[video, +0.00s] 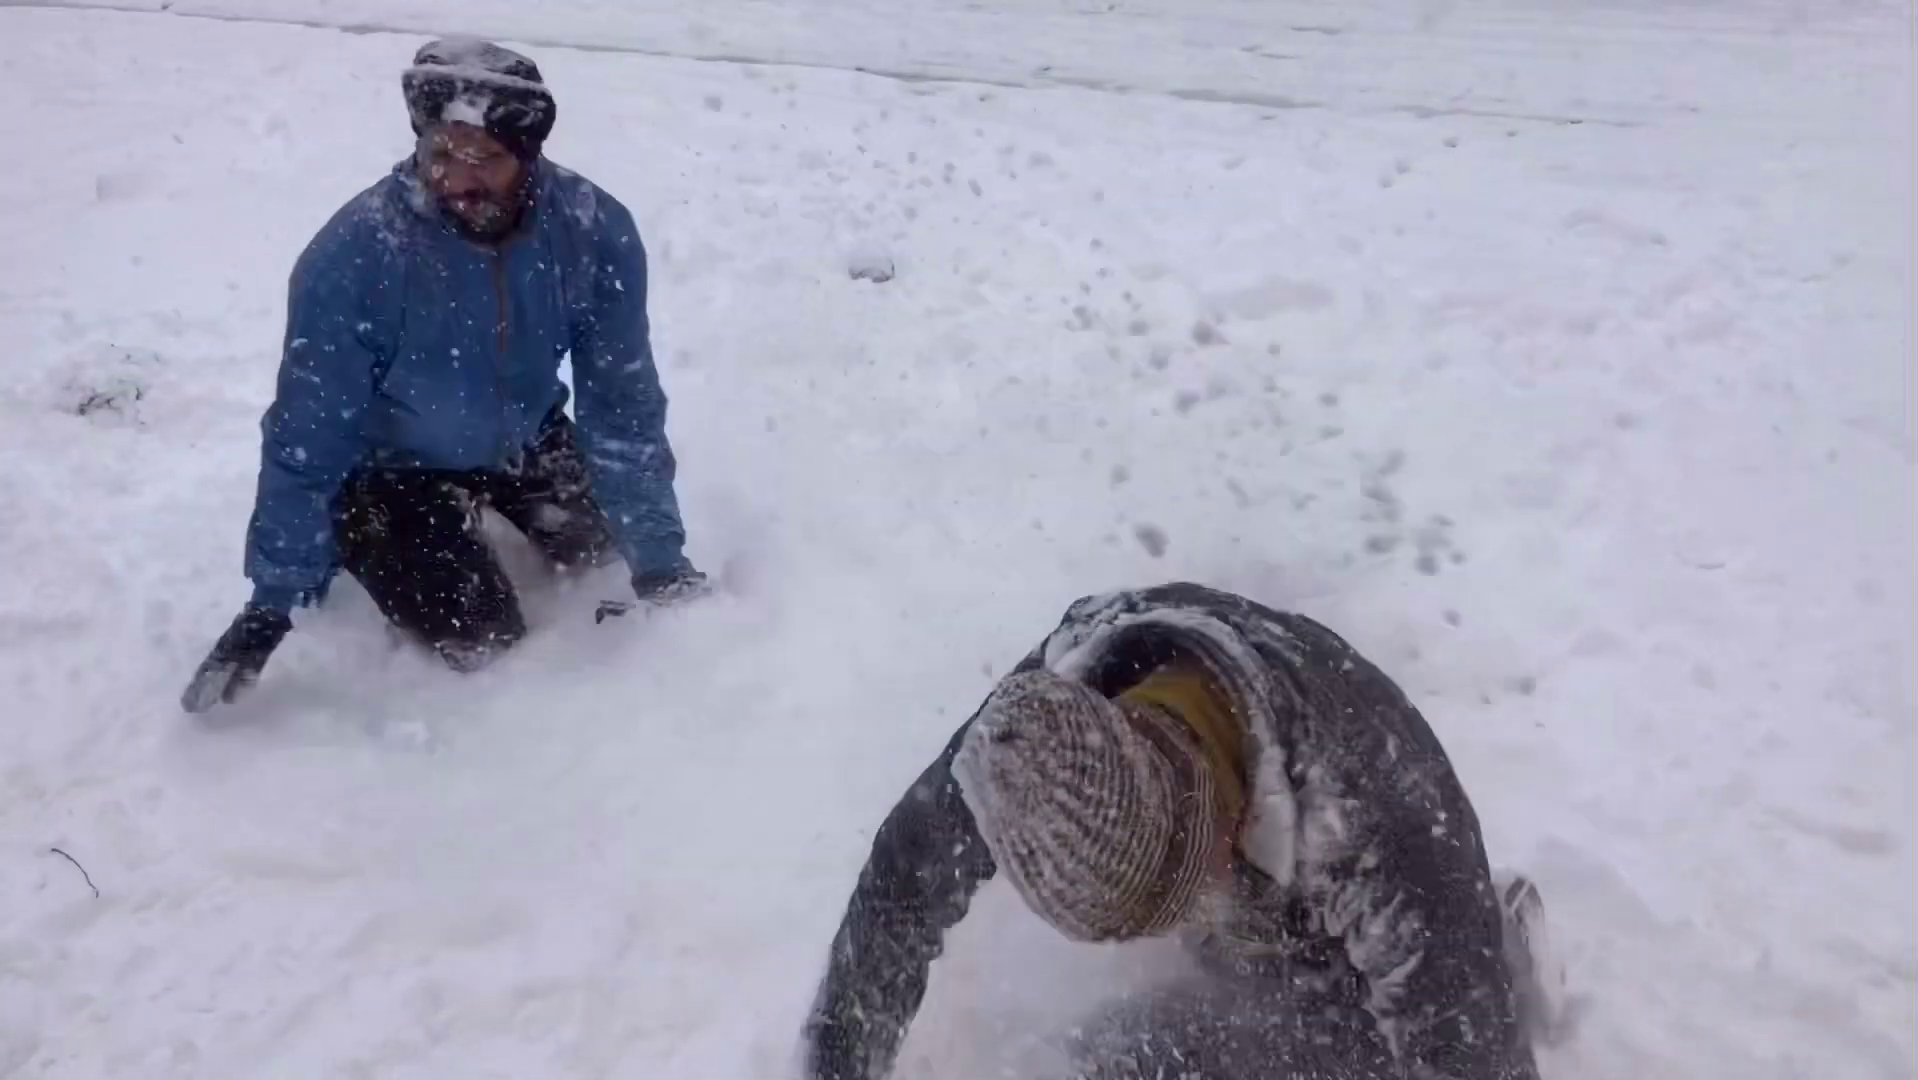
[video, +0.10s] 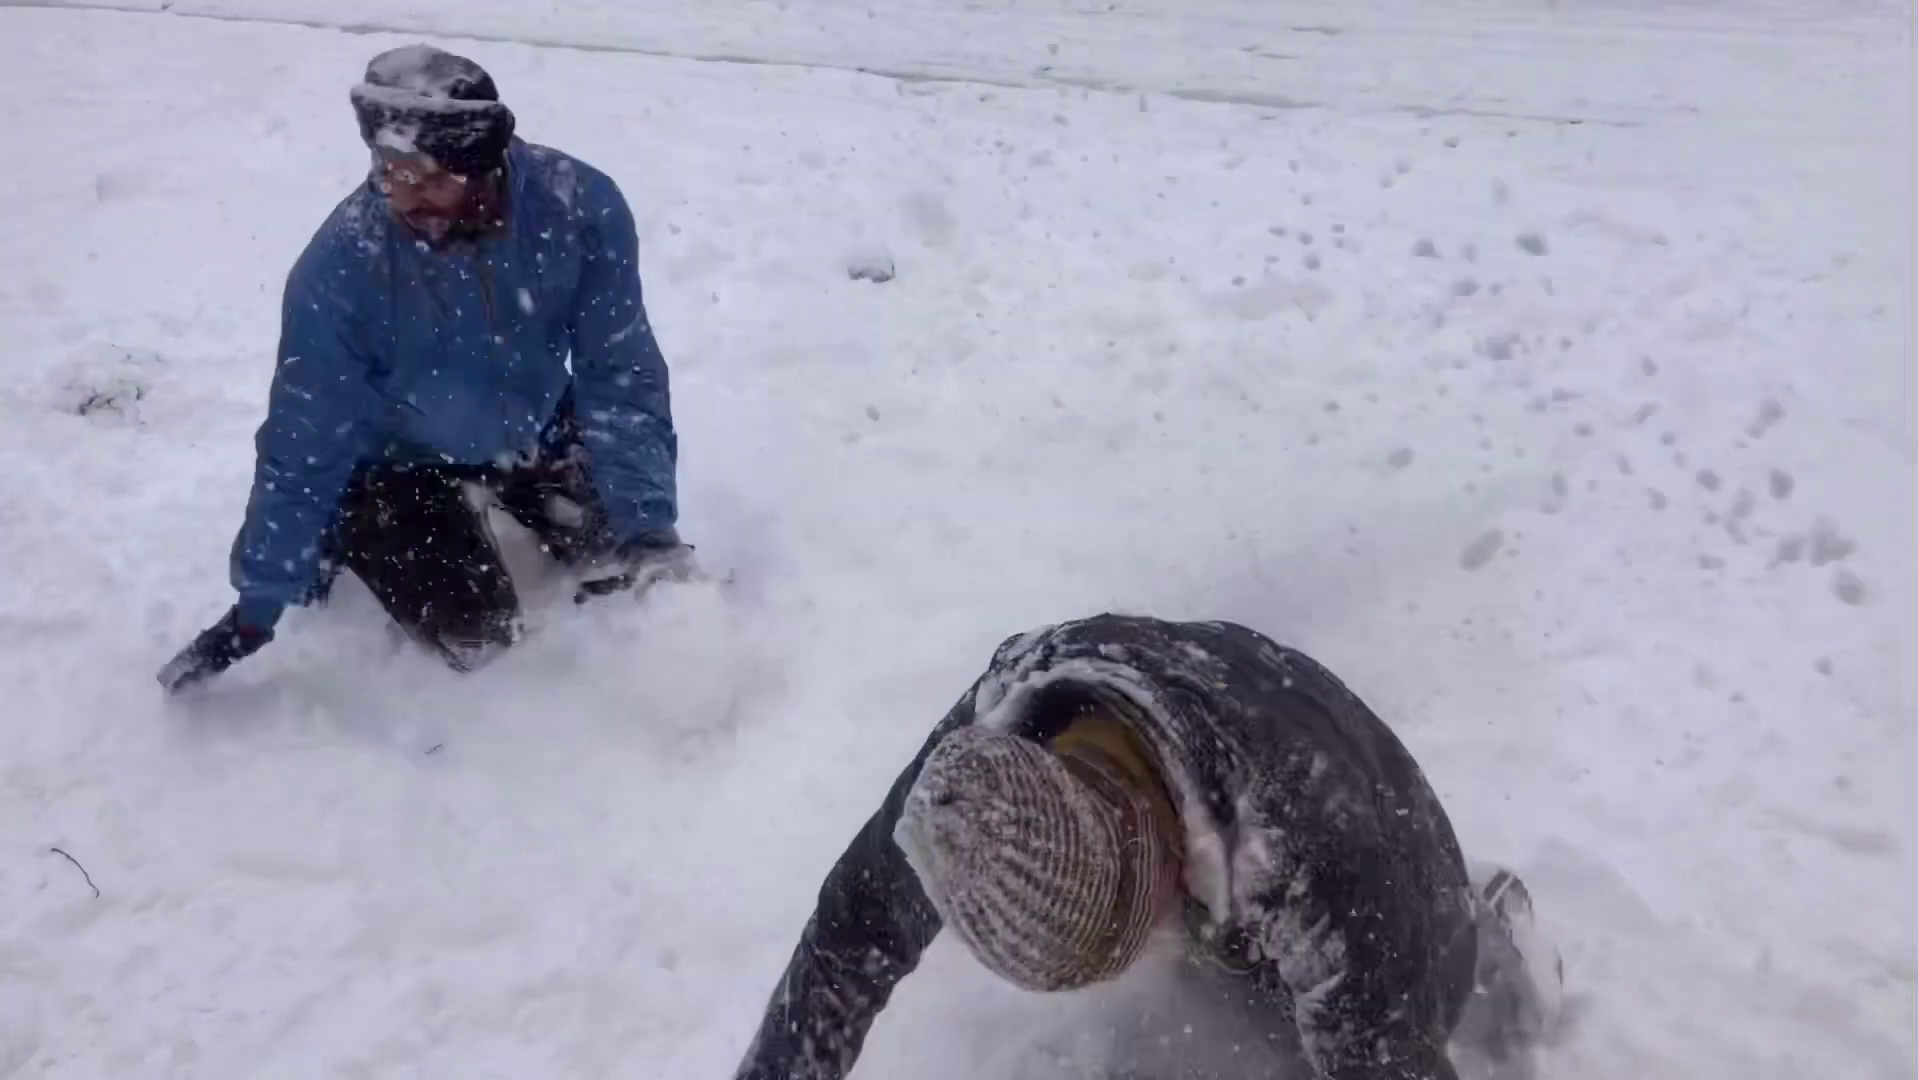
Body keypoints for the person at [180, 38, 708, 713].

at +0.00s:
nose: (463, 180)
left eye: (485, 156)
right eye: (443, 155)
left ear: (529, 150)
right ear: (420, 148)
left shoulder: (593, 231)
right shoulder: (354, 257)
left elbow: (625, 407)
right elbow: (305, 444)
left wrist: (662, 565)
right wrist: (272, 602)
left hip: (523, 436)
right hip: (391, 466)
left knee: (600, 552)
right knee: (485, 636)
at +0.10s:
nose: (400, 197)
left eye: (419, 176)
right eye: (387, 172)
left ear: (479, 161)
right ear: (374, 158)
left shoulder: (582, 212)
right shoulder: (342, 269)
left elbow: (624, 379)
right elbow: (302, 452)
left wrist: (649, 536)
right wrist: (256, 612)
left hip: (533, 426)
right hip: (397, 456)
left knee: (635, 577)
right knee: (480, 632)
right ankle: (347, 519)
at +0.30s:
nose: (324, 245)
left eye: (330, 223)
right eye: (301, 236)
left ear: (363, 176)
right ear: (278, 220)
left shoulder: (488, 129)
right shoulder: (301, 286)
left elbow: (613, 286)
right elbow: (373, 455)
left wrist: (635, 445)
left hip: (563, 405)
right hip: (452, 451)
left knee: (628, 541)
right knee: (494, 623)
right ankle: (371, 534)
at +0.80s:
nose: (348, 200)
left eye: (359, 175)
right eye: (326, 189)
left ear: (386, 126)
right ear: (291, 167)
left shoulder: (471, 92)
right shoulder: (272, 192)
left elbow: (578, 246)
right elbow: (350, 345)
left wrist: (627, 416)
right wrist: (488, 442)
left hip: (586, 389)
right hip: (456, 434)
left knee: (678, 583)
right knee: (479, 646)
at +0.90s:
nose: (373, 190)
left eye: (386, 165)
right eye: (348, 176)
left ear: (415, 118)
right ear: (316, 152)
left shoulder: (500, 102)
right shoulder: (290, 173)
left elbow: (586, 266)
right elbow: (361, 337)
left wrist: (583, 427)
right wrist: (509, 427)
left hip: (595, 404)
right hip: (460, 436)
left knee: (661, 604)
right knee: (476, 648)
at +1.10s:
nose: (400, 175)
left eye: (414, 155)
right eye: (379, 159)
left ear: (449, 121)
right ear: (353, 138)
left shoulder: (541, 127)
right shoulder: (338, 159)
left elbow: (604, 314)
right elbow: (373, 321)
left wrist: (549, 467)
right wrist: (487, 416)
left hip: (580, 426)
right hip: (466, 434)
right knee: (471, 651)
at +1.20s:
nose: (427, 165)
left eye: (441, 143)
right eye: (406, 148)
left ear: (476, 108)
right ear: (382, 133)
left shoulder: (563, 136)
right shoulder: (375, 159)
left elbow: (613, 303)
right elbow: (388, 319)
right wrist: (487, 436)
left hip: (610, 404)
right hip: (493, 429)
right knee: (476, 632)